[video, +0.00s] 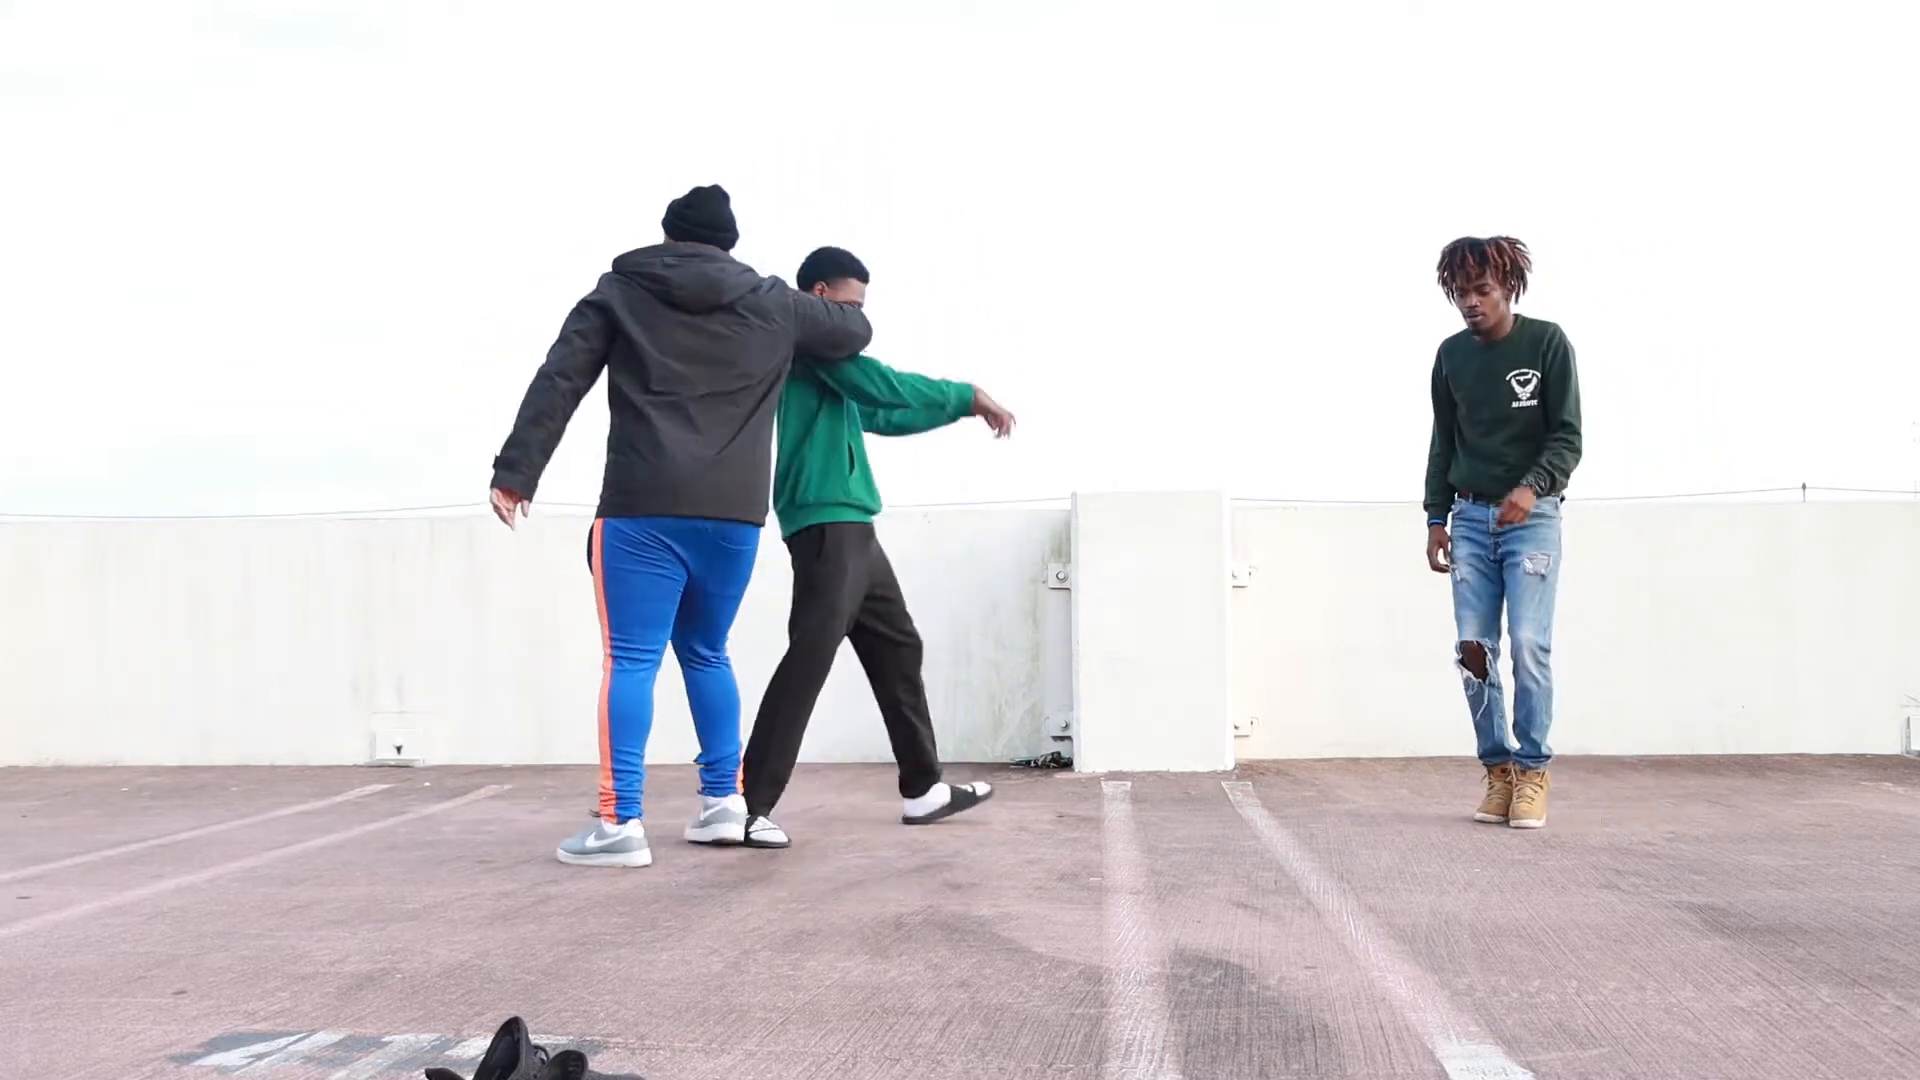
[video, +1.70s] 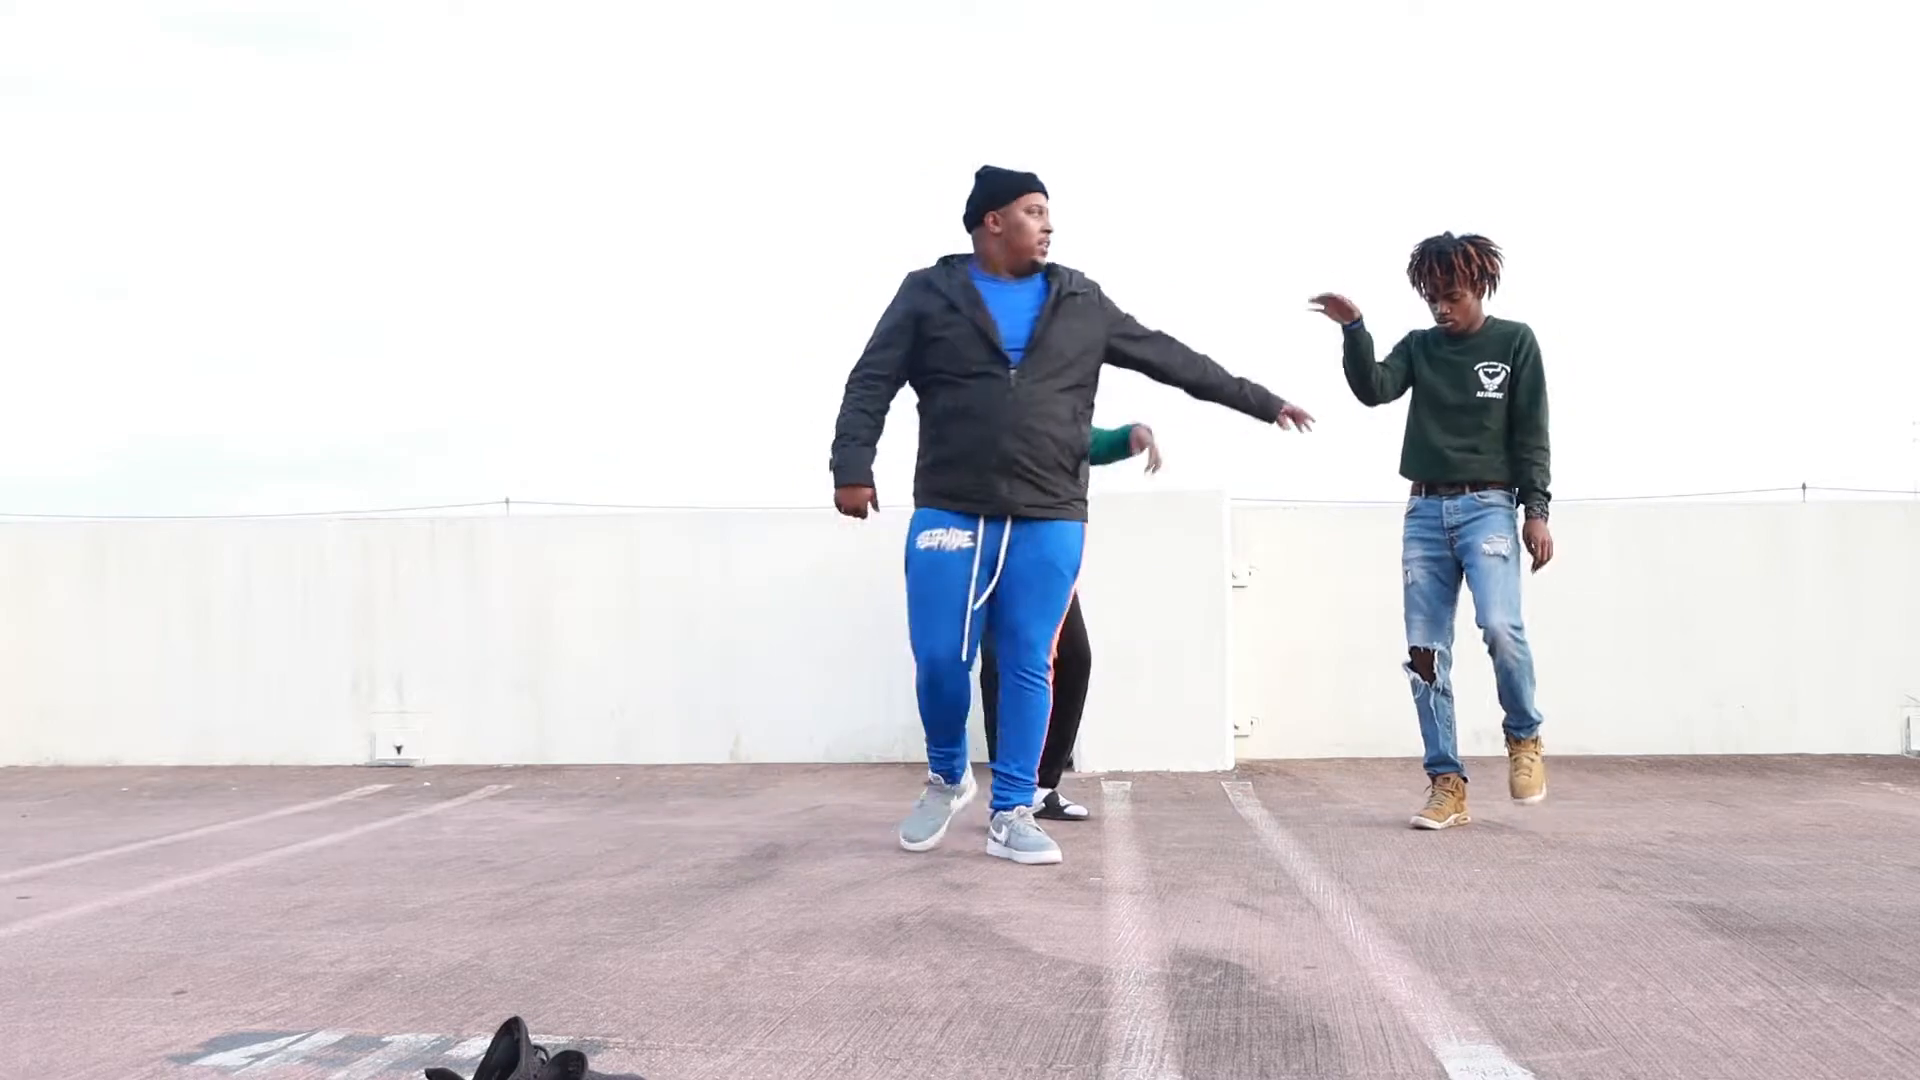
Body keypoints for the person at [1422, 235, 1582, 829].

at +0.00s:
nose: (1469, 302)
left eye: (1479, 289)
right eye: (1460, 292)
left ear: (1509, 286)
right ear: (1453, 295)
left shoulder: (1547, 341)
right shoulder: (1451, 353)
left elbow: (1567, 435)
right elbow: (1444, 437)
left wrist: (1533, 487)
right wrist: (1436, 516)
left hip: (1531, 515)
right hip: (1469, 516)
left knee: (1527, 643)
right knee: (1474, 649)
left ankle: (1532, 772)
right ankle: (1499, 770)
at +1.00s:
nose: (1480, 320)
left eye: (1488, 306)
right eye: (1472, 309)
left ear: (1522, 293)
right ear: (1470, 306)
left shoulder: (1567, 337)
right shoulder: (1485, 369)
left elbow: (1557, 420)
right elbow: (1480, 461)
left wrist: (1488, 423)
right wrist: (1424, 462)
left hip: (1562, 517)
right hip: (1504, 520)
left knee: (1554, 658)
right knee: (1467, 651)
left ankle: (1570, 789)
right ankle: (1494, 777)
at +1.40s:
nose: (1454, 308)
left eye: (1464, 295)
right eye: (1446, 297)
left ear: (1497, 285)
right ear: (1441, 292)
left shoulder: (1533, 332)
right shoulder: (1440, 350)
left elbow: (1538, 415)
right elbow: (1417, 431)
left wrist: (1494, 414)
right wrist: (1374, 396)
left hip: (1518, 512)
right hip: (1454, 514)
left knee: (1538, 653)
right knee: (1442, 653)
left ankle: (1566, 783)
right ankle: (1448, 785)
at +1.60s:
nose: (1444, 308)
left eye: (1454, 296)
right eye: (1436, 298)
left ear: (1483, 286)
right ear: (1429, 293)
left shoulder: (1519, 336)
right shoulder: (1421, 345)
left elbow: (1534, 421)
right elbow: (1378, 400)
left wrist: (1528, 485)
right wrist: (1357, 346)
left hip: (1495, 506)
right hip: (1431, 512)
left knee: (1506, 628)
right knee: (1430, 649)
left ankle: (1534, 742)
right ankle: (1446, 782)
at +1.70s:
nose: (1441, 311)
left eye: (1451, 298)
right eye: (1433, 300)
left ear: (1481, 287)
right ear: (1426, 295)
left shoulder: (1515, 341)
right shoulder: (1419, 345)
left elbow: (1531, 432)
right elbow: (1372, 389)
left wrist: (1536, 511)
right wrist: (1354, 327)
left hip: (1488, 507)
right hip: (1424, 511)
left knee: (1499, 626)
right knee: (1424, 652)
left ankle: (1522, 738)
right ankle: (1446, 784)